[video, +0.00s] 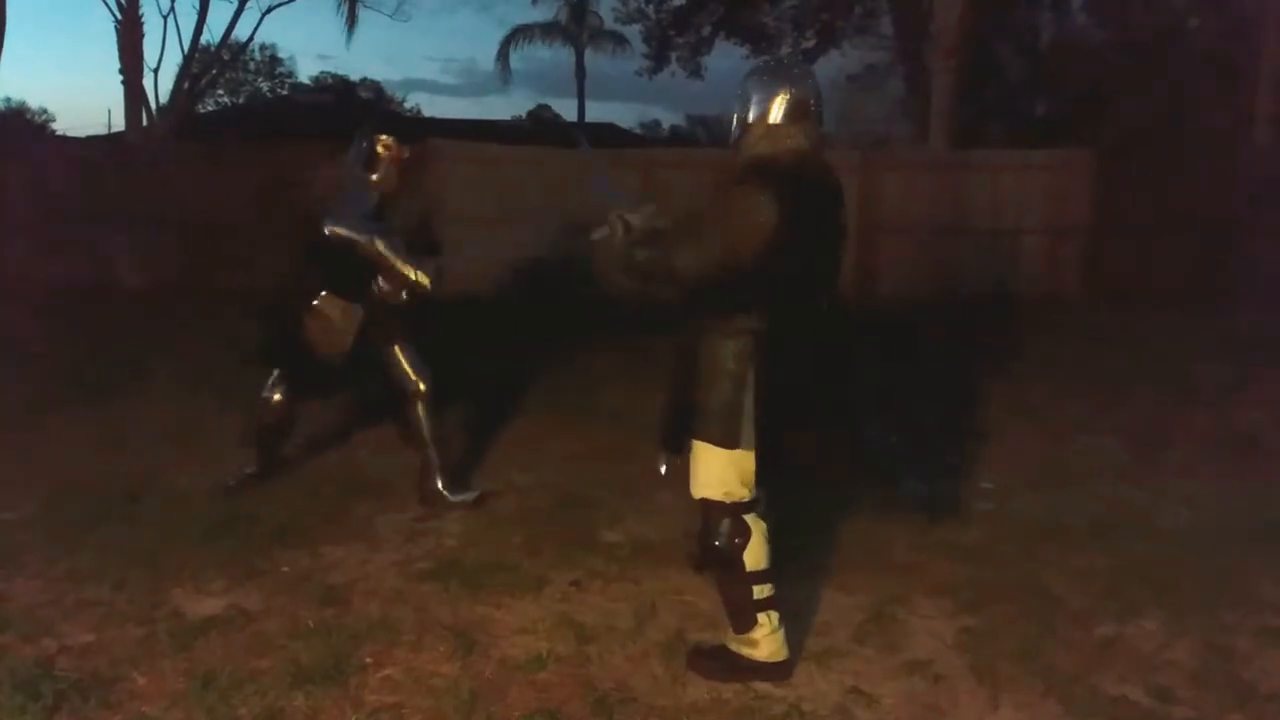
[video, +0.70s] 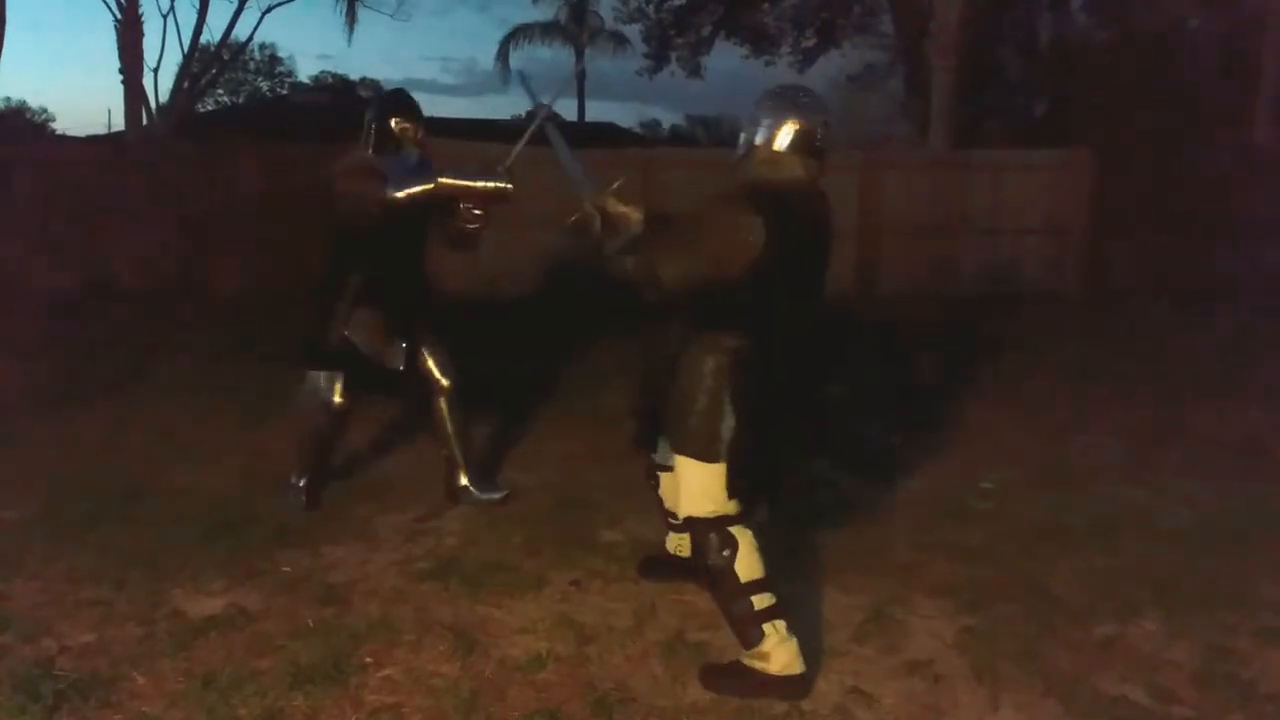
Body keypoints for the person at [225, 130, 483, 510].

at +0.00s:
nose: (377, 174)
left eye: (386, 166)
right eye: (371, 165)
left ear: (398, 169)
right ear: (356, 167)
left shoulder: (405, 212)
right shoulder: (334, 208)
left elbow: (427, 277)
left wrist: (400, 280)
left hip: (377, 316)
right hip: (325, 313)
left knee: (415, 388)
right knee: (275, 399)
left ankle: (434, 480)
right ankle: (264, 466)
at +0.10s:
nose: (412, 148)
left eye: (416, 139)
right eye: (404, 138)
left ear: (418, 144)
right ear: (385, 139)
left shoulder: (417, 193)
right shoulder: (349, 182)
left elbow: (430, 263)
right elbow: (335, 245)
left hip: (382, 302)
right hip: (339, 299)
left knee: (411, 387)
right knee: (299, 382)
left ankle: (434, 480)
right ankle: (306, 455)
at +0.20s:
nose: (420, 148)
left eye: (423, 139)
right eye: (412, 138)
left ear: (423, 143)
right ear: (391, 137)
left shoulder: (422, 190)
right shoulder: (353, 180)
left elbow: (430, 253)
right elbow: (339, 254)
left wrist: (425, 287)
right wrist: (394, 300)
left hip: (392, 301)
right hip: (351, 297)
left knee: (406, 387)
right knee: (323, 387)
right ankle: (325, 456)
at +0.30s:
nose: (419, 167)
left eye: (420, 158)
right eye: (411, 158)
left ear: (419, 162)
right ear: (388, 158)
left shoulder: (419, 196)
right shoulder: (352, 191)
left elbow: (432, 251)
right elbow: (345, 265)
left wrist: (430, 274)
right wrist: (404, 290)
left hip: (404, 306)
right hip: (363, 306)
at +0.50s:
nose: (424, 149)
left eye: (422, 140)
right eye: (417, 140)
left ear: (408, 144)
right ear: (396, 142)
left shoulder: (423, 191)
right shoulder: (361, 186)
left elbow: (440, 248)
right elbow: (377, 231)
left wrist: (461, 247)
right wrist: (436, 225)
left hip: (407, 298)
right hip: (364, 300)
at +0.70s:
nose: (417, 134)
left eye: (418, 126)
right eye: (409, 125)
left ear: (414, 130)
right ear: (389, 126)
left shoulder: (418, 172)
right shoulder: (359, 172)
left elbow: (451, 235)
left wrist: (466, 221)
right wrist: (483, 189)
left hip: (406, 296)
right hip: (359, 296)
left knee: (440, 384)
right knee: (338, 393)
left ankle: (461, 474)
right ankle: (309, 478)